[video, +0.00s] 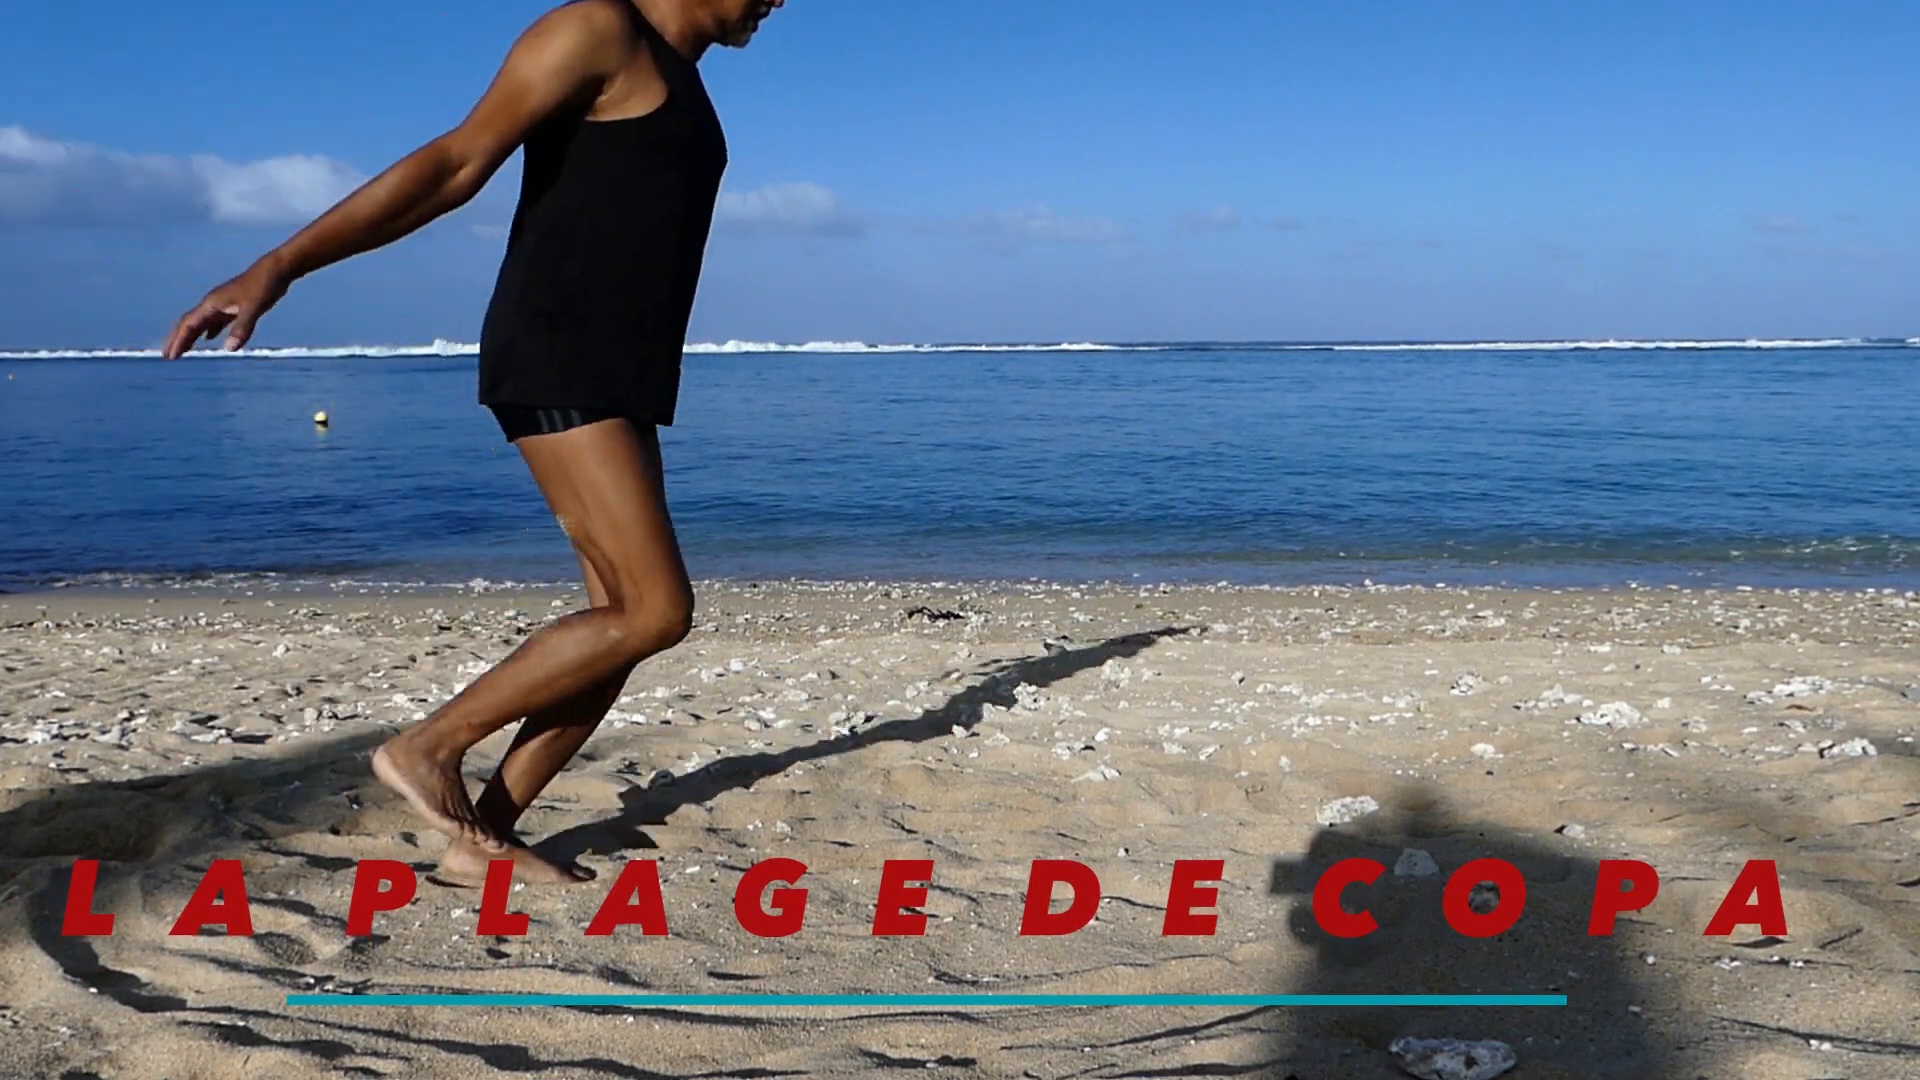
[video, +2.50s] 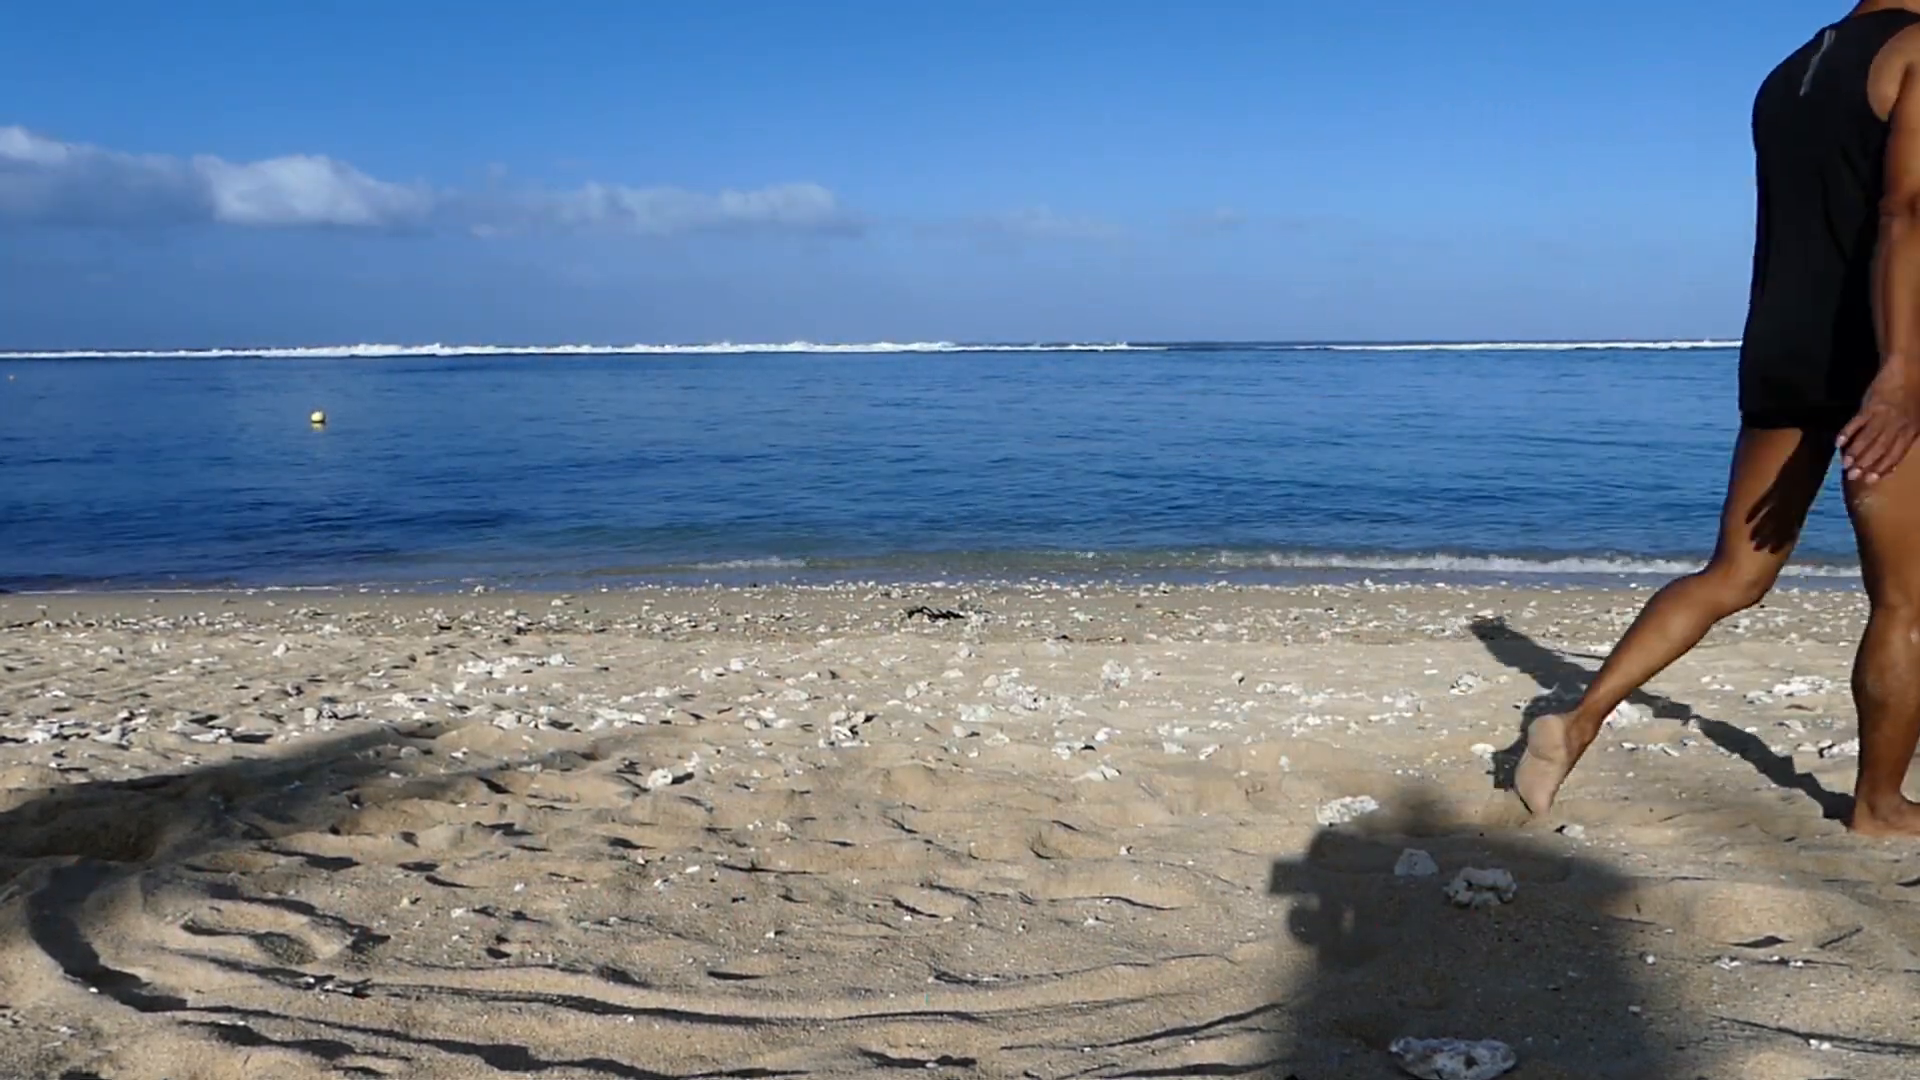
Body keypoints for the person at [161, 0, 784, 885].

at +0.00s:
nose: (769, 6)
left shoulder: (674, 71)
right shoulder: (593, 31)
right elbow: (450, 167)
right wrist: (276, 268)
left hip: (615, 377)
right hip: (558, 366)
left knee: (623, 617)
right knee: (655, 606)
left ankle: (486, 830)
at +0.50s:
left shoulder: (869, 29)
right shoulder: (833, 11)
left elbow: (878, 206)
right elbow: (723, 139)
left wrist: (978, 317)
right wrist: (601, 269)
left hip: (783, 324)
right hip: (822, 330)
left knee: (693, 568)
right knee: (940, 570)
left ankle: (551, 779)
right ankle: (1003, 800)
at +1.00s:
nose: (1159, 1)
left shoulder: (1014, 26)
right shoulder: (1102, 23)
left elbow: (1074, 227)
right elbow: (1153, 203)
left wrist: (1183, 309)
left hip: (1007, 329)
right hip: (1052, 337)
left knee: (1096, 557)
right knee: (1058, 581)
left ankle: (913, 725)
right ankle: (1011, 819)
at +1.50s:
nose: (1354, 2)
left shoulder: (1199, 38)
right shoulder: (1292, 25)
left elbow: (1170, 221)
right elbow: (1414, 167)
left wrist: (1145, 369)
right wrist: (1522, 188)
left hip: (1207, 352)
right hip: (1215, 352)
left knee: (1300, 568)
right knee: (1126, 584)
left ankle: (1391, 767)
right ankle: (1025, 789)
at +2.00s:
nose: (1555, 21)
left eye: (1559, 10)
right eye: (1557, 8)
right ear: (1532, 0)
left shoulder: (1386, 86)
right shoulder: (1505, 74)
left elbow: (1345, 257)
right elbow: (1541, 263)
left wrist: (1308, 388)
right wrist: (1612, 399)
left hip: (1393, 372)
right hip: (1446, 377)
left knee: (1466, 585)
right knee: (1435, 622)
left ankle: (1428, 804)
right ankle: (1221, 734)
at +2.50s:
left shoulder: (1789, 73)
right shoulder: (1910, 48)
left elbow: (1779, 234)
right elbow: (1903, 213)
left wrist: (1782, 354)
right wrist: (1901, 369)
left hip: (1780, 355)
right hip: (1872, 358)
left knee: (1735, 571)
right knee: (1903, 600)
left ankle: (1578, 722)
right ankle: (1881, 804)